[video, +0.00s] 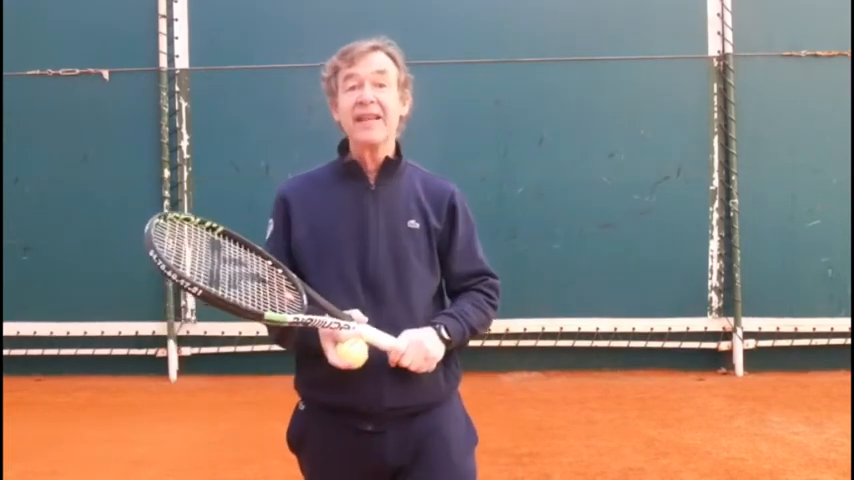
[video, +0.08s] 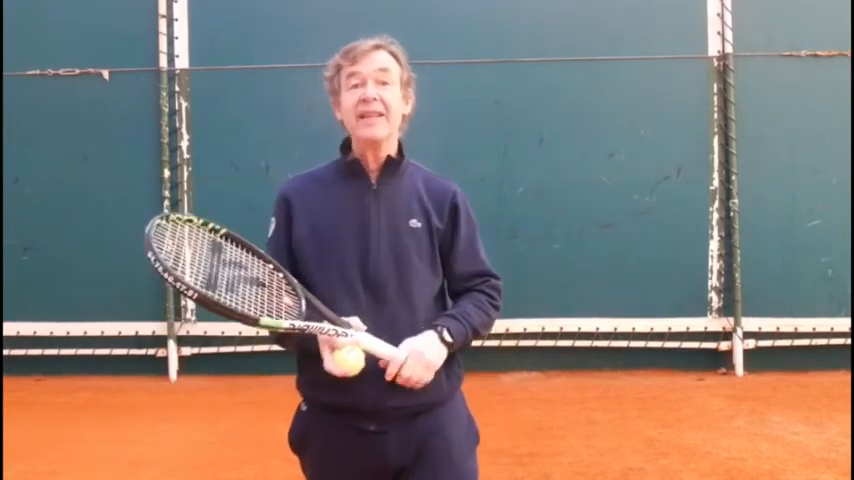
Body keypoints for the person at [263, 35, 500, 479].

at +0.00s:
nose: (366, 96)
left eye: (379, 83)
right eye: (352, 86)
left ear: (403, 101)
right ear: (335, 107)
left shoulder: (441, 199)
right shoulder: (296, 200)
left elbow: (480, 289)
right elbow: (276, 313)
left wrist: (440, 334)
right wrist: (320, 334)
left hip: (430, 424)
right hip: (333, 428)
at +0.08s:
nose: (368, 93)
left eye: (382, 81)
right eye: (355, 84)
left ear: (406, 101)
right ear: (338, 106)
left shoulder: (442, 199)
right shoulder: (297, 199)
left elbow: (482, 290)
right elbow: (276, 309)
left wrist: (439, 339)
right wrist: (320, 340)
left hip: (433, 426)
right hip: (334, 429)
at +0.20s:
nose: (371, 91)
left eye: (385, 80)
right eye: (357, 82)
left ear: (409, 101)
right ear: (340, 105)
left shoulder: (444, 197)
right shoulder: (298, 199)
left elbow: (490, 289)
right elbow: (277, 306)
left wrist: (448, 330)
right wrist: (315, 342)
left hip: (437, 427)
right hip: (338, 429)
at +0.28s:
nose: (373, 91)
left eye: (387, 80)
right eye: (359, 82)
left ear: (410, 102)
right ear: (341, 106)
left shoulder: (446, 195)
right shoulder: (301, 199)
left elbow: (501, 283)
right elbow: (278, 307)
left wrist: (452, 307)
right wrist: (316, 343)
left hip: (439, 425)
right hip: (340, 427)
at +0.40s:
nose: (374, 95)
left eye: (388, 82)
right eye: (359, 86)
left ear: (411, 101)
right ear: (342, 108)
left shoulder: (449, 192)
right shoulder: (305, 200)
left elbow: (518, 270)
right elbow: (281, 308)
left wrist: (452, 261)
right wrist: (320, 343)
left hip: (444, 423)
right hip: (346, 427)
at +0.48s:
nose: (376, 97)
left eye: (389, 84)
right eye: (360, 87)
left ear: (411, 102)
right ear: (342, 109)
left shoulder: (449, 188)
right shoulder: (307, 201)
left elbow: (524, 260)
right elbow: (285, 310)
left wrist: (455, 231)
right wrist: (324, 340)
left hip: (446, 422)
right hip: (348, 426)